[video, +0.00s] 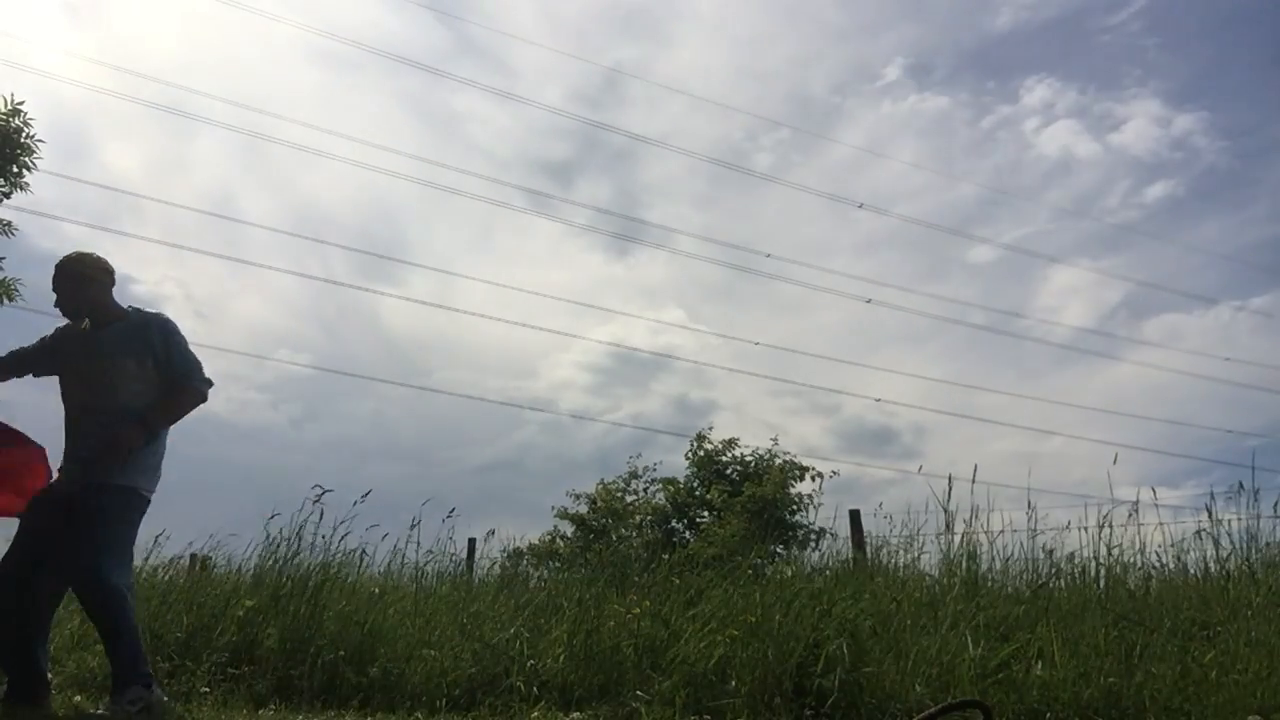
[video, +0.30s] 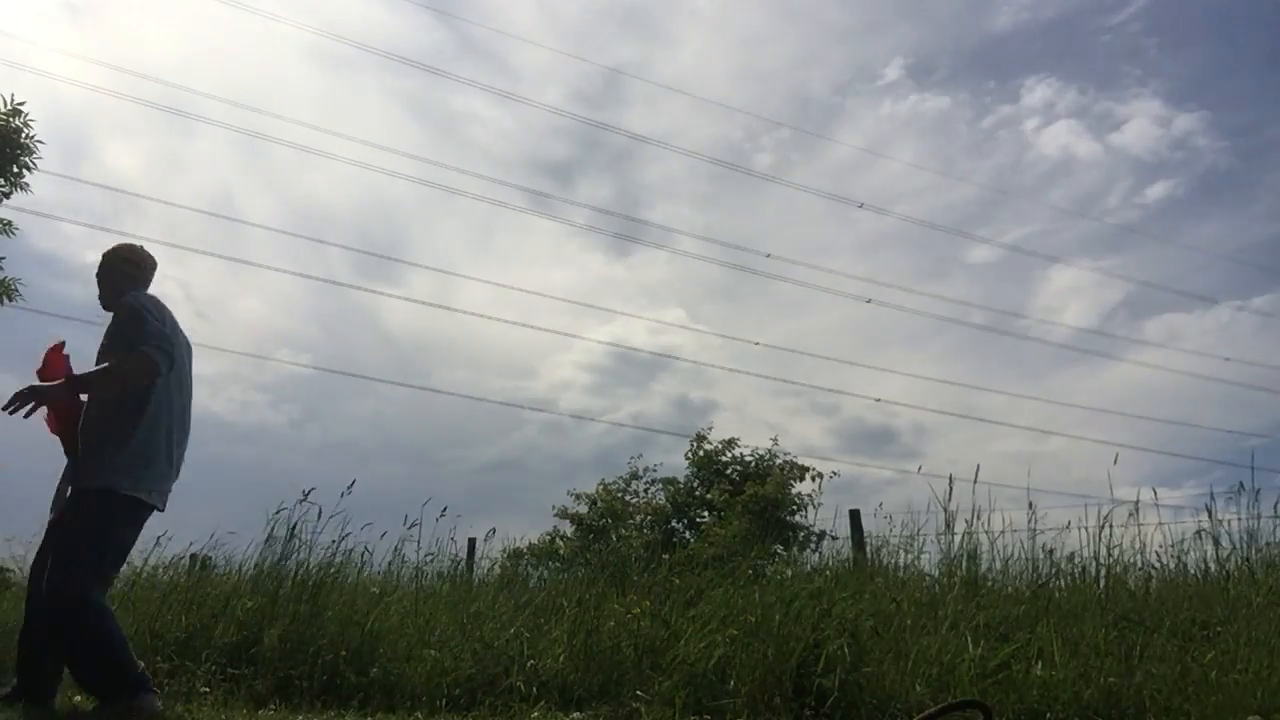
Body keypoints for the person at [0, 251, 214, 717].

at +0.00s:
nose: (57, 300)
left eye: (63, 289)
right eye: (55, 292)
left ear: (95, 284)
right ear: (68, 294)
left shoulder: (153, 329)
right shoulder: (66, 343)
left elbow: (195, 389)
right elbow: (12, 363)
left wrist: (139, 429)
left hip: (126, 482)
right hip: (73, 479)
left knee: (100, 577)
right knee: (20, 579)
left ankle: (136, 691)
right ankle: (27, 696)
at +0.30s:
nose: (98, 286)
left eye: (103, 276)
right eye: (99, 278)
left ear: (127, 274)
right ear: (141, 277)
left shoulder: (136, 307)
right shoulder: (170, 328)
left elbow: (142, 367)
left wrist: (58, 388)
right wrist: (76, 425)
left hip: (117, 477)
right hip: (137, 482)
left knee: (63, 581)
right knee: (57, 579)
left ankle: (129, 696)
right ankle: (33, 693)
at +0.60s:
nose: (153, 256)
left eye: (154, 250)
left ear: (152, 251)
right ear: (199, 260)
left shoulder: (129, 283)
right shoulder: (226, 307)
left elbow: (48, 303)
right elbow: (229, 372)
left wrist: (35, 343)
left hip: (137, 461)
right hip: (206, 466)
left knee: (112, 575)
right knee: (181, 567)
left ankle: (129, 699)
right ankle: (229, 669)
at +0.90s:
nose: (253, 270)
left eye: (248, 263)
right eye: (253, 264)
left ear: (205, 260)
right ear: (251, 264)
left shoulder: (165, 305)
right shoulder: (266, 295)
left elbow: (196, 360)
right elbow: (274, 371)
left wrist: (273, 320)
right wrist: (276, 324)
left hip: (168, 475)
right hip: (252, 469)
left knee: (137, 589)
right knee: (296, 570)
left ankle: (133, 699)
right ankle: (322, 667)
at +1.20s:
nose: (342, 270)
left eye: (342, 259)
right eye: (337, 256)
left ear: (294, 246)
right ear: (316, 246)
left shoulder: (255, 302)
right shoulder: (299, 268)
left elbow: (243, 389)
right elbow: (367, 240)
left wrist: (309, 410)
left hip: (225, 454)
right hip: (284, 446)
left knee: (188, 562)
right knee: (341, 553)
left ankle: (81, 683)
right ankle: (310, 694)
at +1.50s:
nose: (342, 261)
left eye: (342, 251)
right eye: (338, 251)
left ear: (296, 244)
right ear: (314, 246)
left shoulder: (265, 318)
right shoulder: (291, 279)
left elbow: (319, 393)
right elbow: (376, 254)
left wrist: (333, 360)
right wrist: (458, 283)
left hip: (220, 463)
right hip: (276, 454)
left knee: (178, 584)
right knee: (350, 557)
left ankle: (75, 695)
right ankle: (314, 696)